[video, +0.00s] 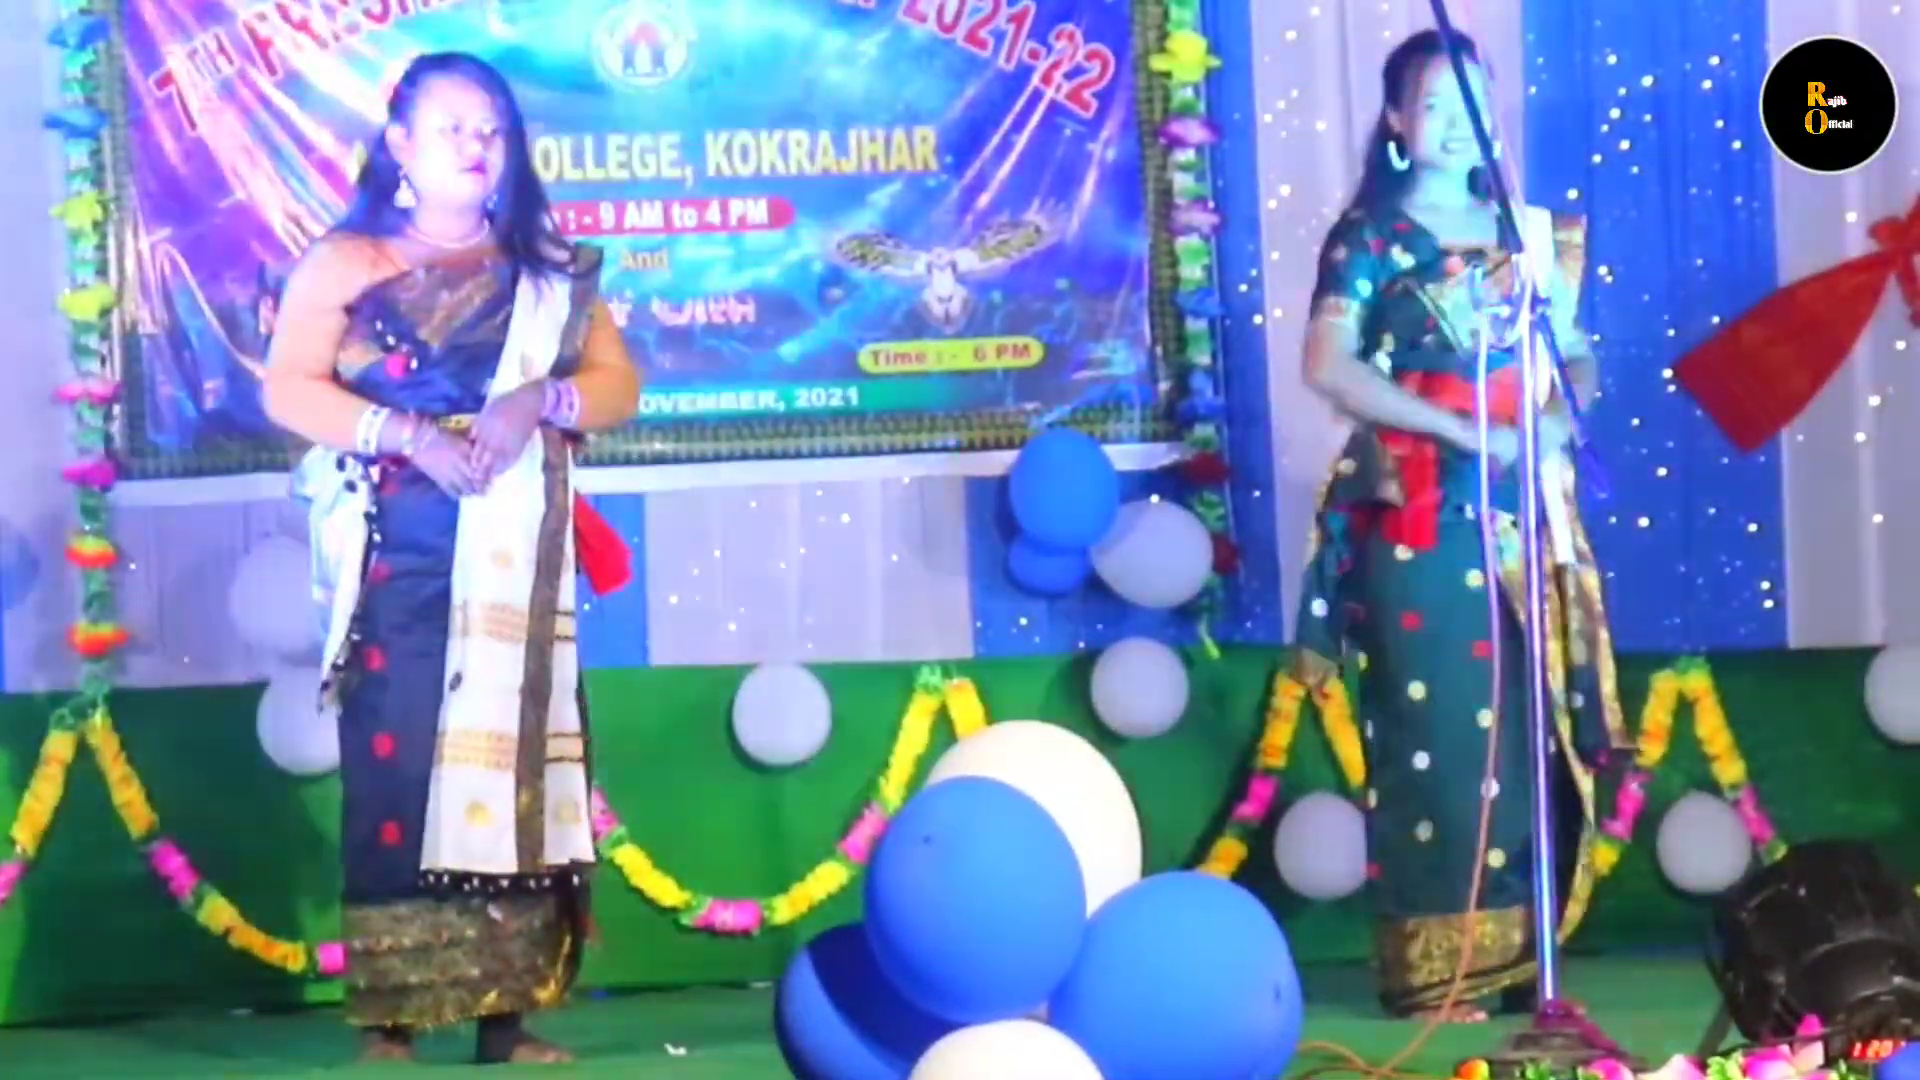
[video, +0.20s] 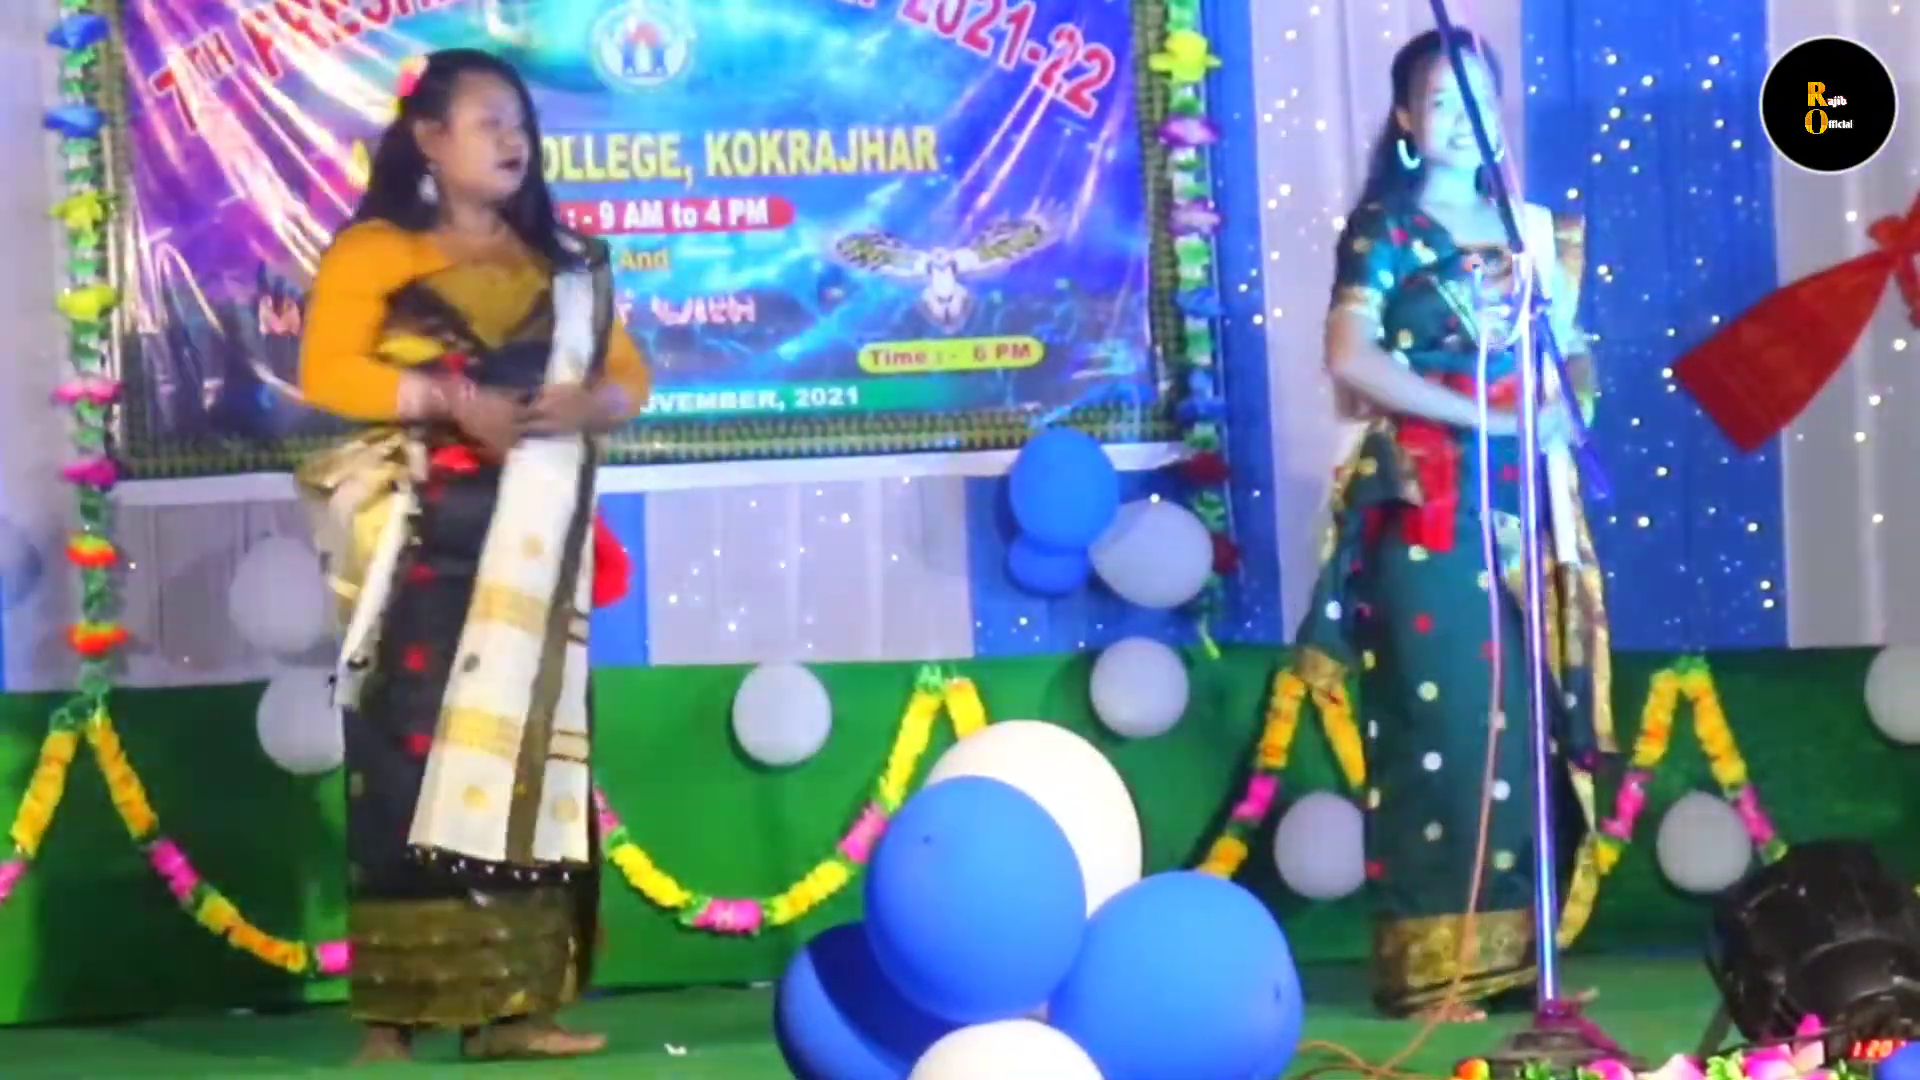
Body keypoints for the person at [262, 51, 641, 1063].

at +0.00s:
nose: (477, 152)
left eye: (492, 135)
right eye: (453, 133)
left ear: (511, 150)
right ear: (402, 147)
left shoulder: (549, 269)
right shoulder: (345, 264)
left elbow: (622, 386)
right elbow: (287, 389)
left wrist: (538, 399)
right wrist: (409, 433)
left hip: (520, 561)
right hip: (403, 559)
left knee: (518, 765)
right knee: (395, 771)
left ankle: (508, 1016)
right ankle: (386, 1017)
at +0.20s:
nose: (513, 141)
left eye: (519, 125)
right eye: (488, 126)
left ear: (529, 137)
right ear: (428, 141)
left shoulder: (556, 260)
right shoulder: (374, 251)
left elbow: (631, 380)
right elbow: (327, 374)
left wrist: (574, 406)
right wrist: (448, 397)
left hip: (536, 547)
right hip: (422, 544)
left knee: (530, 752)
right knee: (408, 760)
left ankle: (513, 1010)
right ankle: (390, 1012)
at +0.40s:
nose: (533, 146)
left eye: (534, 127)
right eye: (505, 134)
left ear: (546, 149)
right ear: (451, 166)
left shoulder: (549, 271)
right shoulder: (453, 266)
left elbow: (664, 360)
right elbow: (548, 340)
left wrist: (673, 275)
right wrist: (626, 276)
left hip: (577, 556)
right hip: (501, 558)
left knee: (579, 776)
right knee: (520, 773)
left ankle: (510, 1010)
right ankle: (421, 979)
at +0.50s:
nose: (550, 125)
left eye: (547, 108)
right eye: (523, 115)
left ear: (547, 132)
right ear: (469, 148)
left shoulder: (528, 237)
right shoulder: (493, 236)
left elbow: (678, 318)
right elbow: (632, 280)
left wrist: (639, 213)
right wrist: (637, 202)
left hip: (550, 546)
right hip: (529, 549)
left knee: (563, 765)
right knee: (566, 766)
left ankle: (511, 1007)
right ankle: (497, 1013)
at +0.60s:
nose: (580, 114)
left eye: (570, 98)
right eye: (555, 102)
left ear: (489, 138)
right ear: (498, 131)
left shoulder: (460, 245)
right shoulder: (561, 230)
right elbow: (677, 326)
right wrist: (714, 280)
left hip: (502, 560)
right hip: (595, 549)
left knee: (543, 764)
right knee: (690, 708)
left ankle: (511, 1003)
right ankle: (635, 953)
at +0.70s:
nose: (596, 145)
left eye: (586, 127)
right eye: (569, 133)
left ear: (504, 169)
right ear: (515, 162)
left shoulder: (469, 282)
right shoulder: (589, 268)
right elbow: (687, 371)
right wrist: (783, 400)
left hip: (527, 588)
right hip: (634, 576)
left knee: (575, 792)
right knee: (723, 746)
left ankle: (524, 1018)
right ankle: (715, 986)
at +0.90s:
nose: (644, 165)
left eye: (637, 148)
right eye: (616, 155)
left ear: (570, 199)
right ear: (558, 193)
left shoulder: (555, 283)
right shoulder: (612, 274)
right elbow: (682, 379)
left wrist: (700, 333)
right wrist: (727, 351)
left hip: (606, 594)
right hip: (681, 588)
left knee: (661, 800)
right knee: (759, 779)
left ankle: (559, 968)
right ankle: (716, 1012)